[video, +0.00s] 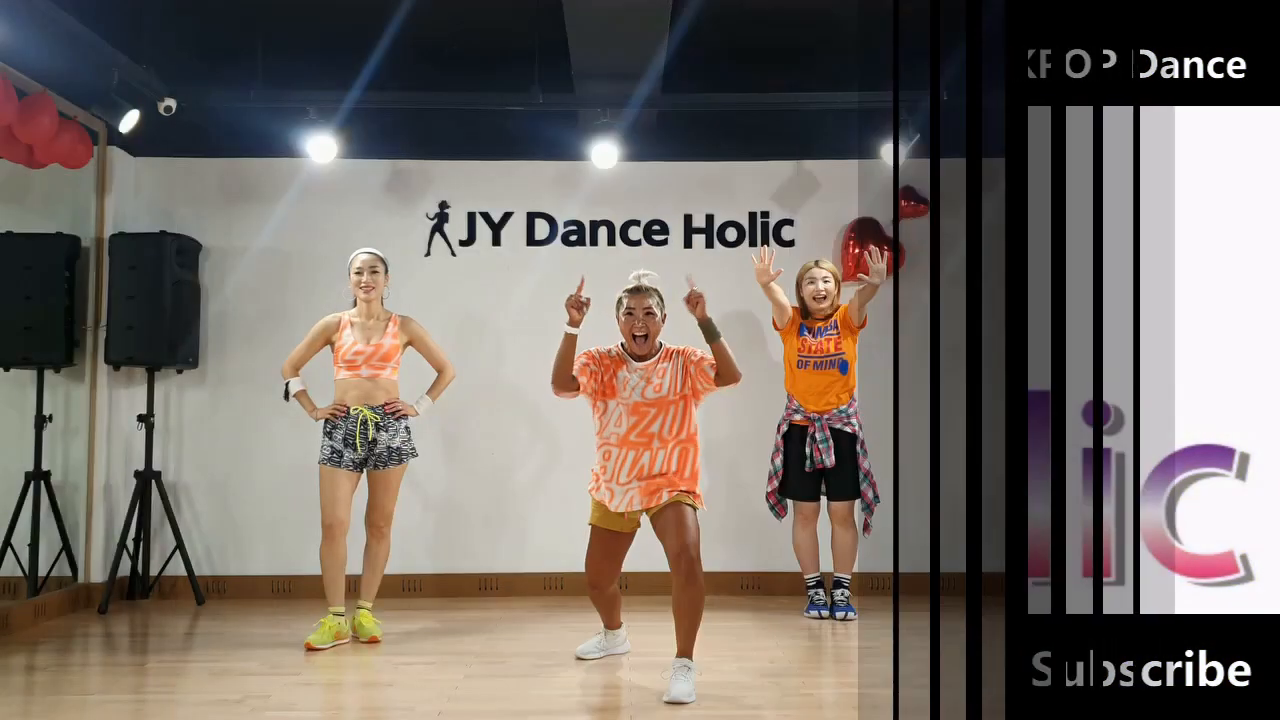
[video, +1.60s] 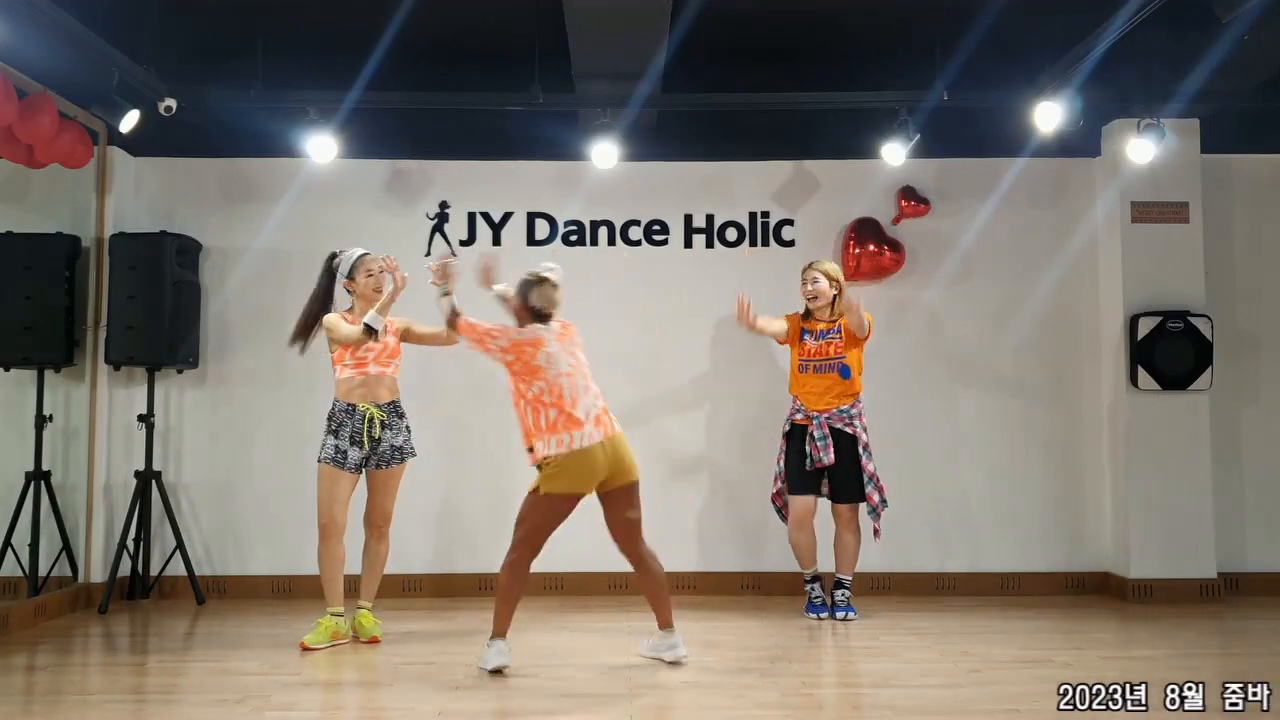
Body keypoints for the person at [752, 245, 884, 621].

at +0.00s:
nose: (818, 286)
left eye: (825, 281)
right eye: (810, 282)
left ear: (837, 290)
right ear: (800, 293)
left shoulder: (846, 319)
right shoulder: (792, 323)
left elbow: (859, 301)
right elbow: (781, 304)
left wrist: (873, 284)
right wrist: (766, 283)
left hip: (841, 427)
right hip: (800, 428)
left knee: (842, 513)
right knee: (806, 512)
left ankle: (841, 590)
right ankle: (814, 590)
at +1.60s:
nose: (808, 287)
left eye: (815, 281)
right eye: (804, 282)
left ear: (834, 287)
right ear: (801, 291)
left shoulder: (851, 323)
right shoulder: (795, 324)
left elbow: (858, 325)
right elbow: (774, 326)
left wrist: (851, 304)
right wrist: (752, 323)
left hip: (844, 427)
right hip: (802, 427)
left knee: (846, 514)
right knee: (800, 513)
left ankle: (842, 592)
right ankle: (813, 588)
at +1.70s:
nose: (806, 288)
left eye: (813, 282)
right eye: (803, 283)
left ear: (833, 287)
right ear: (801, 291)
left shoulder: (854, 321)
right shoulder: (796, 324)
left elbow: (857, 338)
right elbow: (774, 338)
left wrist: (853, 353)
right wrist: (750, 348)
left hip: (842, 427)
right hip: (801, 427)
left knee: (846, 513)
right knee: (792, 506)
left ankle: (842, 591)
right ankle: (806, 582)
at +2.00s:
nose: (789, 293)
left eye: (796, 286)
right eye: (785, 288)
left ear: (816, 291)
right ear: (784, 296)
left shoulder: (838, 328)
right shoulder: (779, 333)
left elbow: (831, 364)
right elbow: (749, 360)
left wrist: (809, 391)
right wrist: (723, 376)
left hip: (833, 431)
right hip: (791, 432)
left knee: (843, 519)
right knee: (775, 510)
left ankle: (842, 594)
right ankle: (758, 597)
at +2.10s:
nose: (772, 296)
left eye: (778, 289)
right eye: (768, 291)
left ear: (800, 293)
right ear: (766, 297)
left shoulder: (824, 328)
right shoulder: (762, 337)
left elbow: (815, 360)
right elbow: (726, 362)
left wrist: (776, 366)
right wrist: (700, 357)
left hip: (828, 433)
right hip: (785, 436)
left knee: (841, 519)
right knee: (771, 511)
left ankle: (842, 593)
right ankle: (756, 601)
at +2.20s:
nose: (751, 299)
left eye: (758, 292)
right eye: (746, 294)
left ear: (780, 297)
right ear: (743, 303)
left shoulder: (805, 327)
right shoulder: (745, 341)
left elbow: (798, 357)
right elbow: (706, 364)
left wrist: (752, 332)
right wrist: (692, 335)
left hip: (819, 433)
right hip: (776, 436)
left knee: (838, 519)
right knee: (763, 513)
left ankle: (842, 592)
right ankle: (755, 603)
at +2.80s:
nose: (778, 303)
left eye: (785, 295)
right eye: (770, 298)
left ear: (798, 299)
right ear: (761, 304)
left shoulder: (819, 331)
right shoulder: (756, 343)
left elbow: (806, 355)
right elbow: (735, 373)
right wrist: (715, 369)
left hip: (821, 435)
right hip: (778, 437)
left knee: (848, 521)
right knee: (762, 512)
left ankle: (862, 581)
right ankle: (756, 598)